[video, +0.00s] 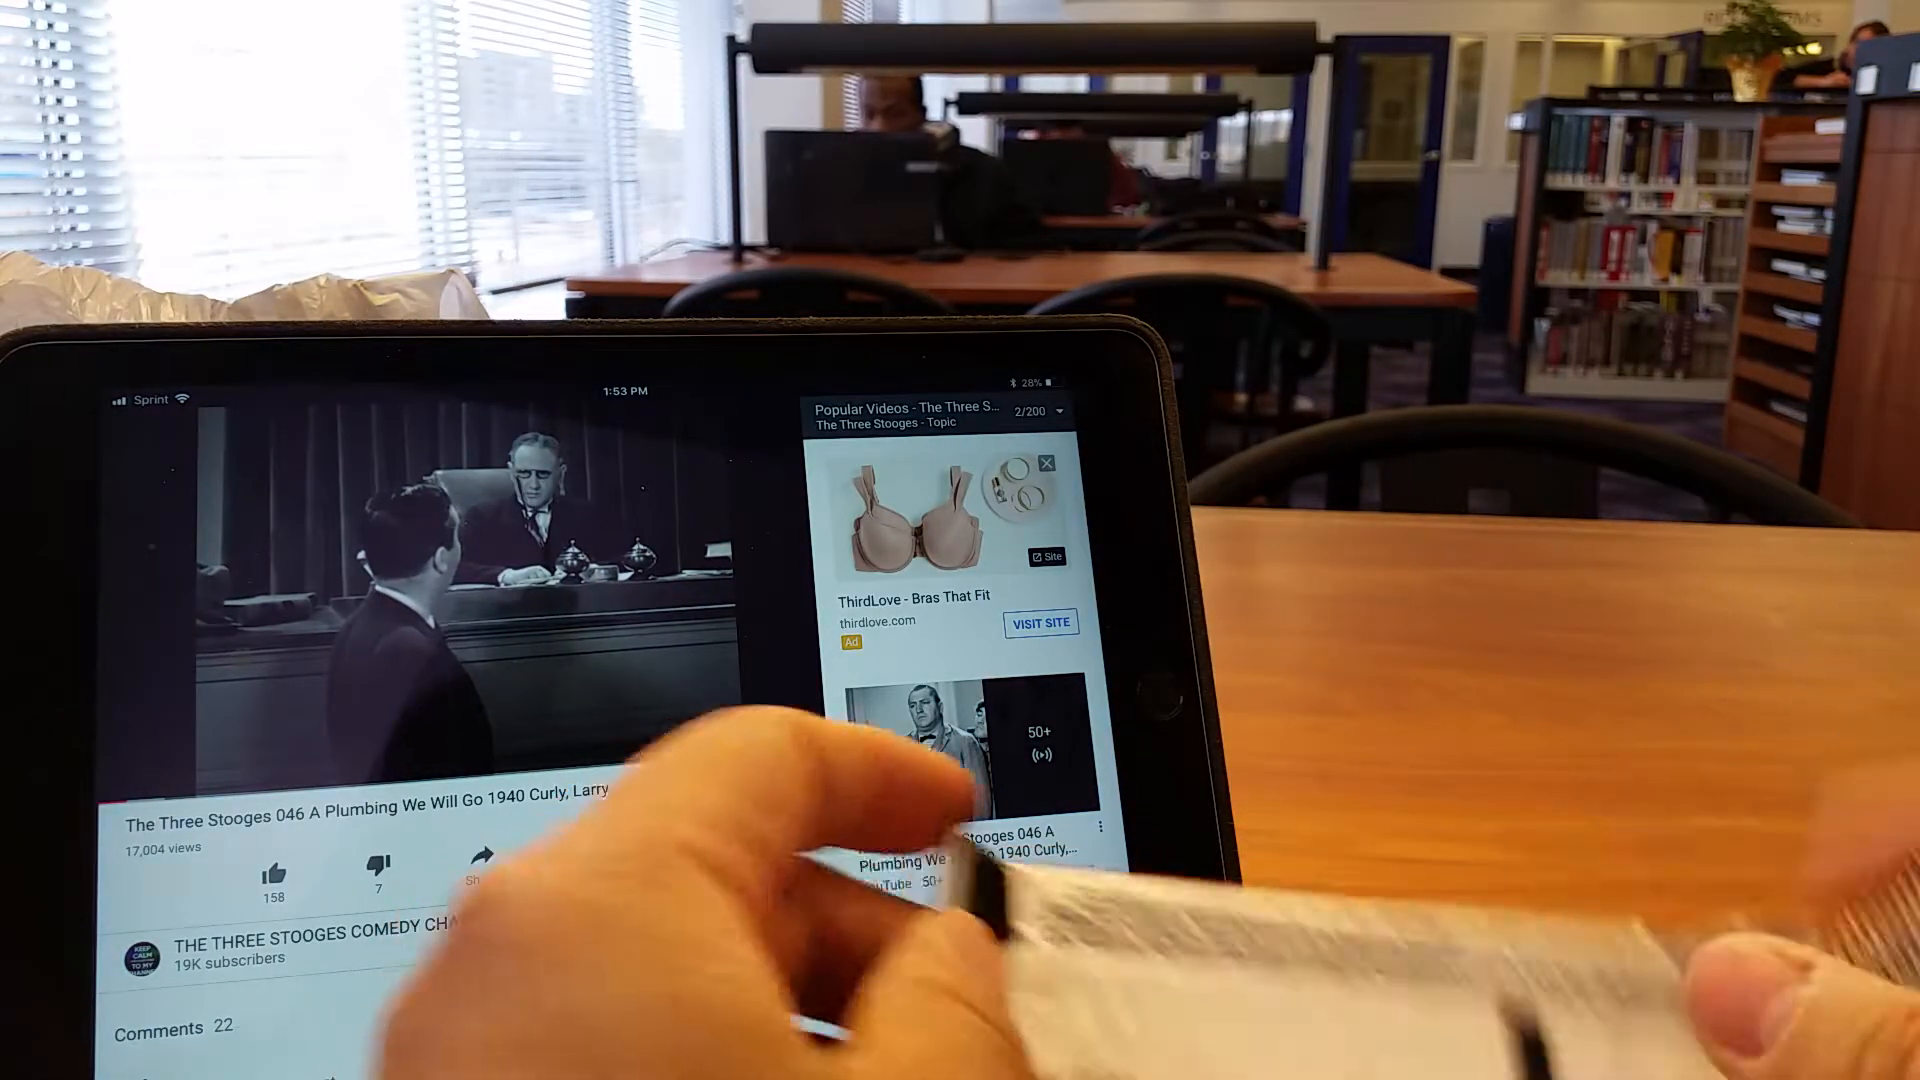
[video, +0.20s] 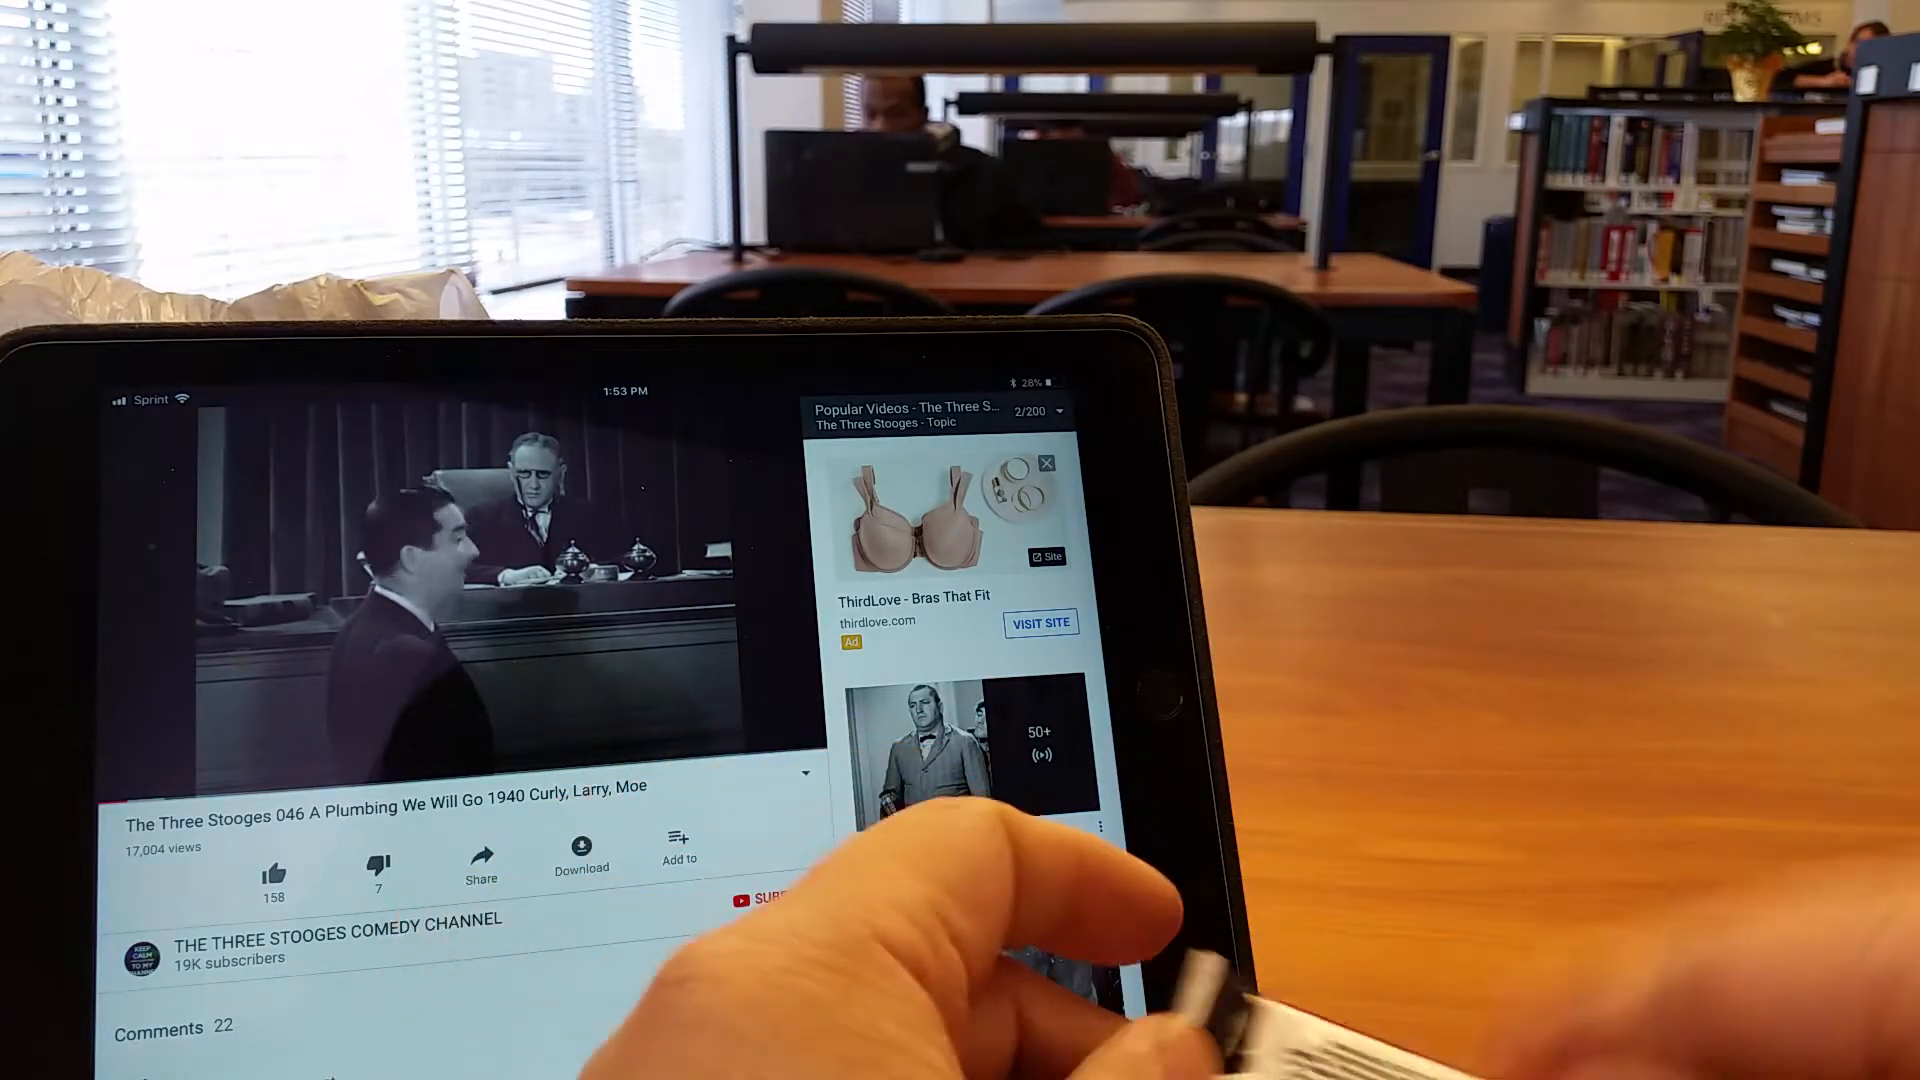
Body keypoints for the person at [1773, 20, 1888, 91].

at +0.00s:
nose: (1860, 50)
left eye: (1868, 46)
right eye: (1858, 43)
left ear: (1880, 50)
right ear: (1849, 44)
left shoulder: (1884, 77)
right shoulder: (1828, 68)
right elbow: (1780, 80)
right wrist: (1825, 82)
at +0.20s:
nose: (1860, 50)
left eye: (1868, 45)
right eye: (1858, 43)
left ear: (1881, 50)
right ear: (1849, 44)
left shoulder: (1885, 77)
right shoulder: (1829, 68)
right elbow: (1780, 80)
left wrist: (1857, 84)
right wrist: (1825, 81)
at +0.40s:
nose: (1860, 50)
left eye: (1868, 46)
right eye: (1857, 43)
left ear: (1880, 50)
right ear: (1849, 44)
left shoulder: (1885, 77)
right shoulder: (1829, 68)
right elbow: (1780, 80)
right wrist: (1825, 82)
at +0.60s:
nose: (1860, 51)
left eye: (1868, 46)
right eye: (1858, 43)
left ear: (1880, 51)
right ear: (1849, 44)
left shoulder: (1884, 78)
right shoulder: (1829, 68)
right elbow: (1780, 80)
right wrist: (1825, 82)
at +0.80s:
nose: (1860, 50)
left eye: (1868, 45)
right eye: (1857, 43)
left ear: (1880, 50)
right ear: (1849, 44)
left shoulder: (1884, 78)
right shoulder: (1829, 68)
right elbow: (1781, 80)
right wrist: (1824, 82)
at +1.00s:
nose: (1859, 50)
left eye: (1867, 45)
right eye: (1857, 43)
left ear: (1880, 50)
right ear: (1849, 44)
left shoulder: (1884, 78)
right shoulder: (1829, 68)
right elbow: (1781, 80)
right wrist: (1824, 82)